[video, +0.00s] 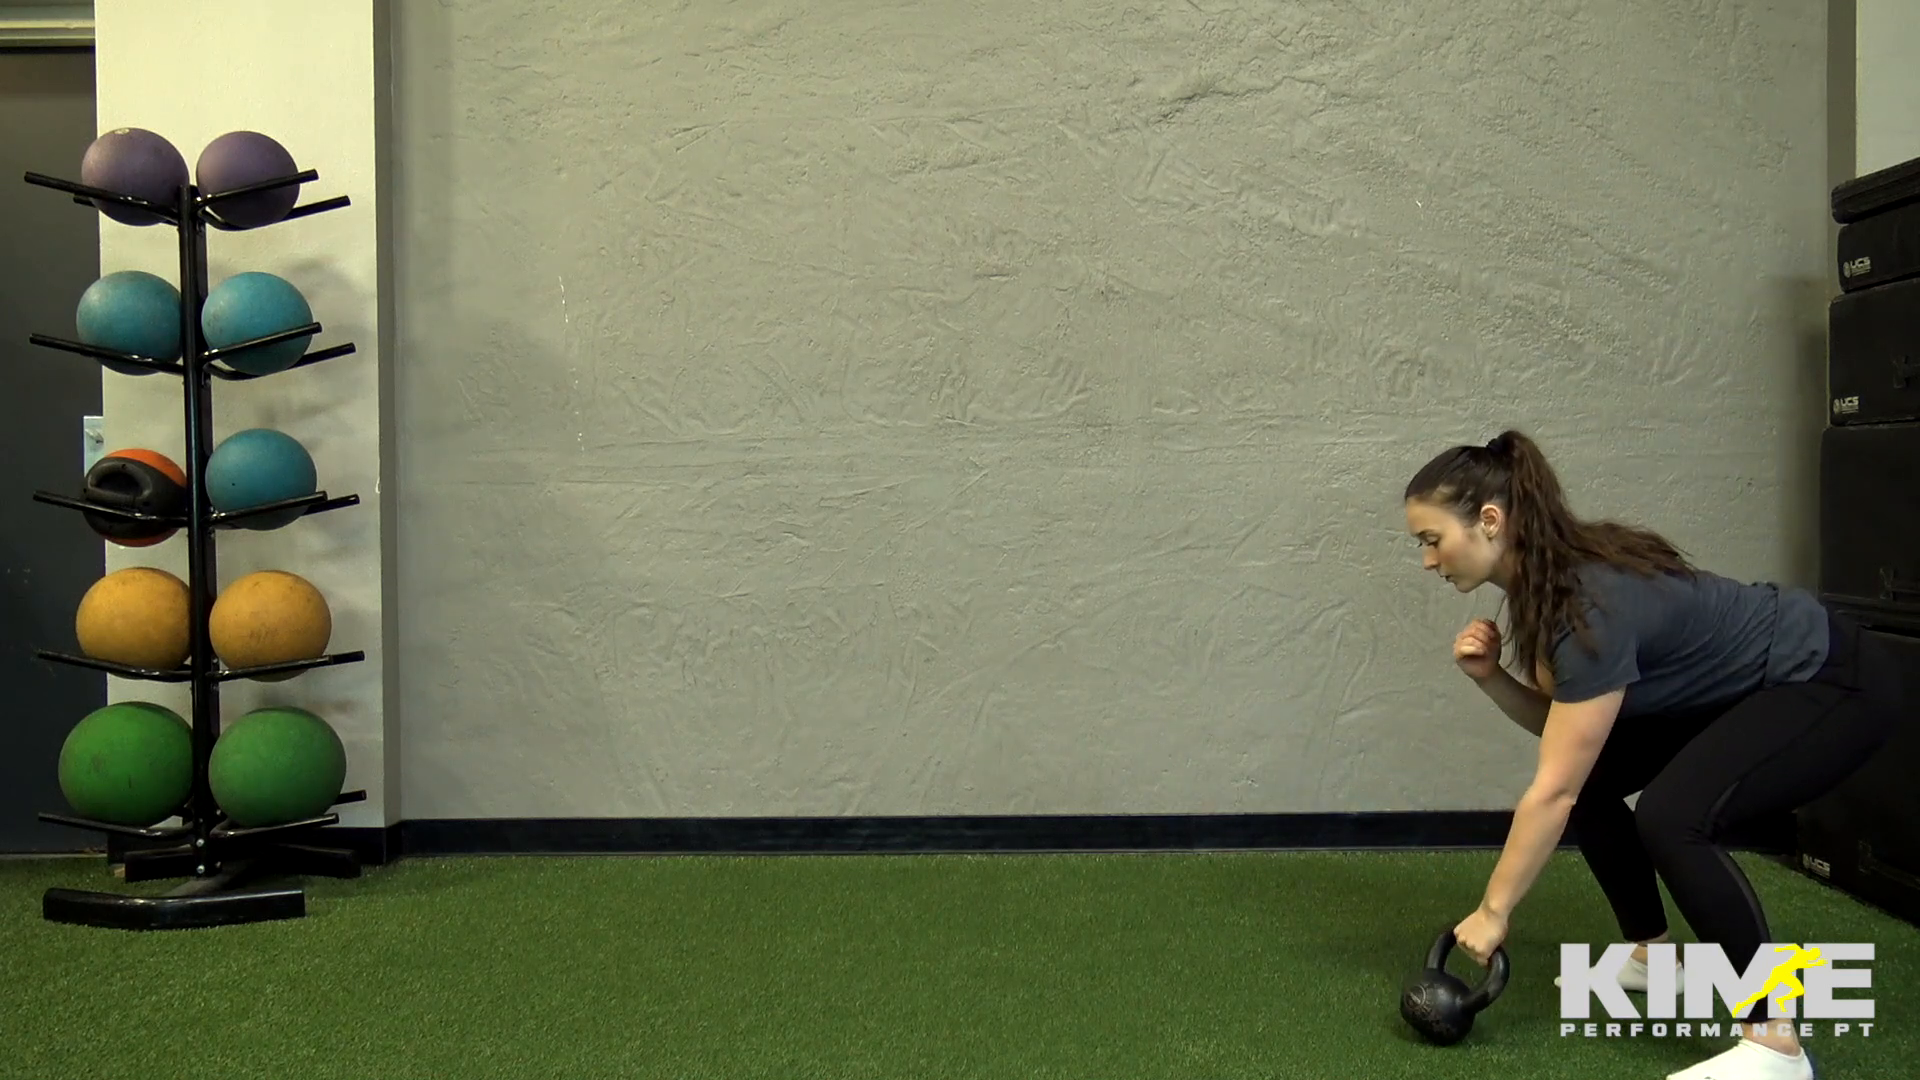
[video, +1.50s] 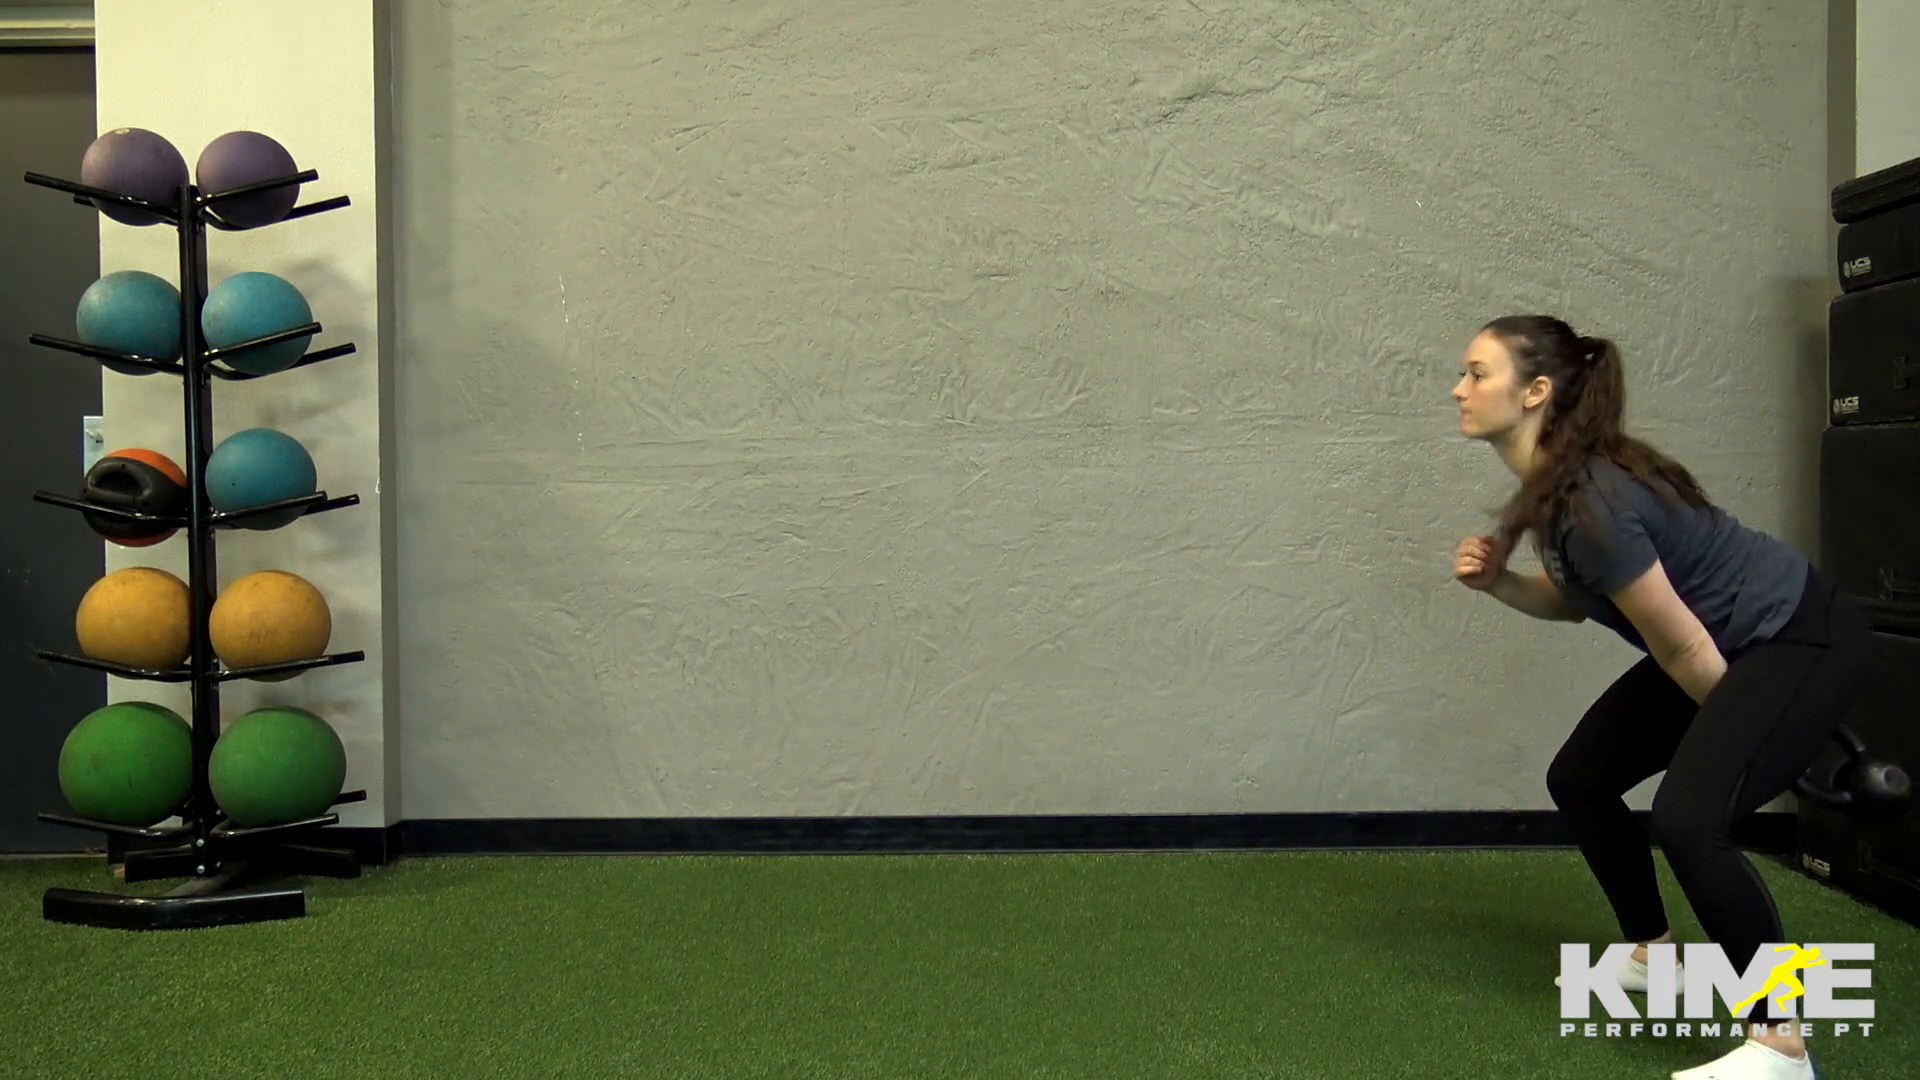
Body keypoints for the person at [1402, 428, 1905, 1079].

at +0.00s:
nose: (1427, 561)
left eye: (1431, 540)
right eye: (1420, 544)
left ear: (1491, 520)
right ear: (1490, 522)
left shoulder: (1593, 603)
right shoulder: (1555, 581)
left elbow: (1554, 794)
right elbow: (1560, 725)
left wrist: (1493, 913)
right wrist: (1492, 678)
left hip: (1834, 677)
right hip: (1761, 672)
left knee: (1672, 819)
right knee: (1585, 779)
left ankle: (1776, 1037)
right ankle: (1654, 957)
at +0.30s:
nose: (1429, 559)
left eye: (1433, 537)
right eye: (1422, 542)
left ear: (1492, 517)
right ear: (1491, 519)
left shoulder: (1591, 600)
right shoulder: (1553, 578)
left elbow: (1553, 789)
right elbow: (1561, 720)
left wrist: (1496, 909)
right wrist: (1493, 673)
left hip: (1835, 673)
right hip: (1761, 669)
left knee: (1675, 818)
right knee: (1586, 777)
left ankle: (1777, 1036)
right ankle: (1654, 956)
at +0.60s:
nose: (1434, 556)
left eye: (1439, 535)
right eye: (1427, 539)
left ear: (1498, 516)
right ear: (1498, 517)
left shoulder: (1598, 600)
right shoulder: (1560, 575)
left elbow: (1554, 786)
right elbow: (1568, 715)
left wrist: (1496, 910)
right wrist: (1501, 673)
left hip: (1840, 673)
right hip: (1764, 669)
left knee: (1679, 816)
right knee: (1590, 775)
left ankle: (1778, 1038)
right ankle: (1655, 956)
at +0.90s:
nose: (1447, 538)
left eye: (1454, 518)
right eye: (1444, 521)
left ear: (1514, 506)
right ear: (1513, 507)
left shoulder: (1604, 593)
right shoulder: (1573, 568)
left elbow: (1570, 779)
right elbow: (1577, 707)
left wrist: (1511, 897)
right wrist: (1512, 667)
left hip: (1841, 679)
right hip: (1769, 673)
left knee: (1680, 819)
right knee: (1589, 772)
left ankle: (1778, 1038)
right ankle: (1654, 957)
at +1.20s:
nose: (1445, 399)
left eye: (1459, 380)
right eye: (1446, 382)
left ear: (1520, 382)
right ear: (1517, 386)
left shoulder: (1595, 479)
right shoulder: (1550, 476)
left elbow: (1652, 654)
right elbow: (1577, 605)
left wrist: (1685, 777)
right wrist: (1507, 569)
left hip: (1811, 623)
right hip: (1726, 627)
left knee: (1695, 810)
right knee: (1595, 771)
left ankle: (1781, 1037)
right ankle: (1657, 962)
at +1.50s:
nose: (1459, 389)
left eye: (1475, 375)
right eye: (1462, 375)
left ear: (1535, 393)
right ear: (1529, 395)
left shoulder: (1591, 502)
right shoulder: (1556, 491)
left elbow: (1686, 646)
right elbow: (1578, 601)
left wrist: (1746, 734)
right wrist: (1498, 581)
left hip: (1805, 637)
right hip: (1730, 639)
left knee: (1687, 819)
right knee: (1580, 778)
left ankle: (1782, 1037)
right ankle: (1655, 960)